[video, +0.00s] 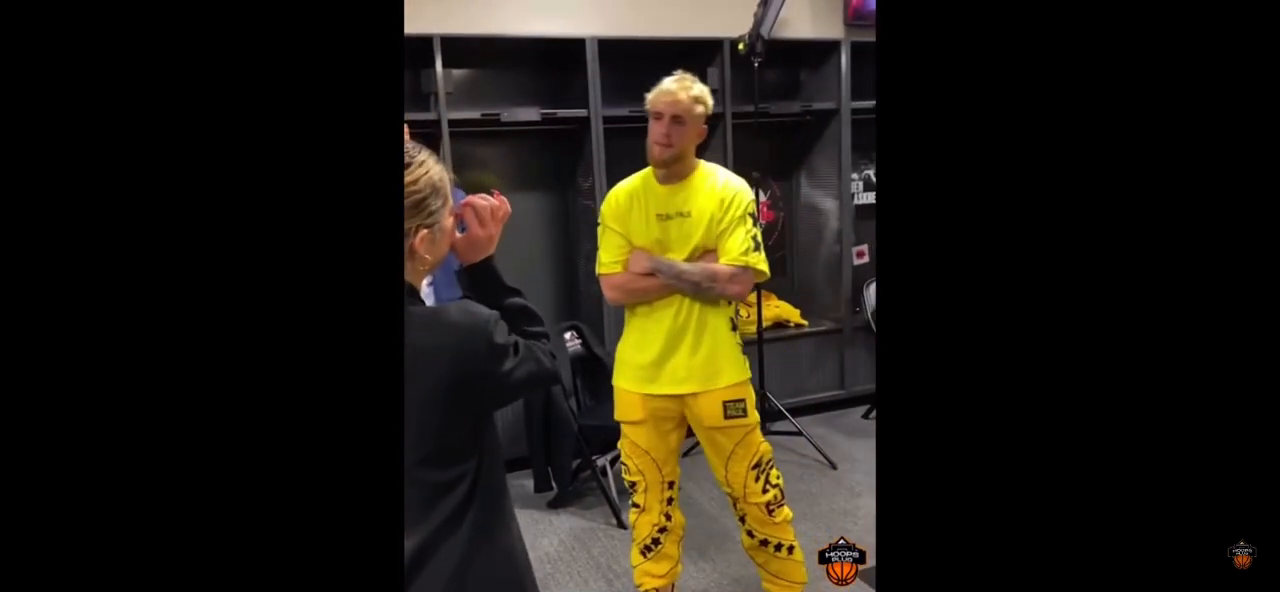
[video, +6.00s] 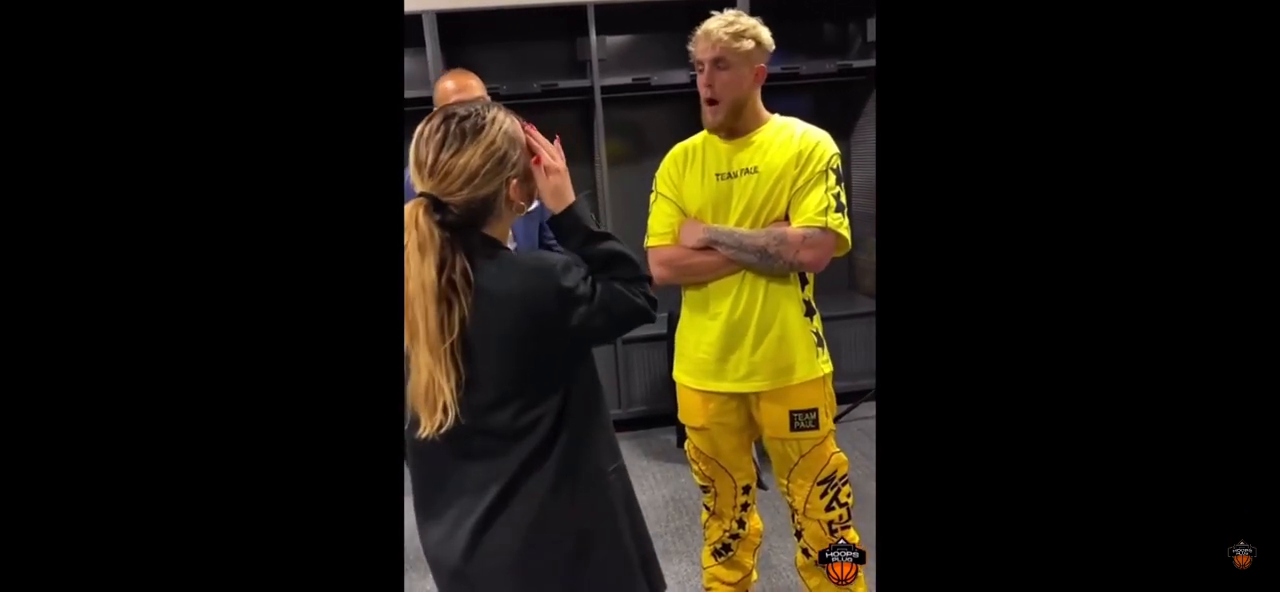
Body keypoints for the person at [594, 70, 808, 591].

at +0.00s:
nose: (662, 131)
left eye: (677, 121)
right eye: (656, 118)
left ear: (701, 130)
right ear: (647, 124)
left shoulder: (728, 191)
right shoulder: (621, 198)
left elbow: (737, 281)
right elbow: (614, 289)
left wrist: (654, 263)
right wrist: (701, 273)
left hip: (716, 371)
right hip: (641, 375)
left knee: (758, 498)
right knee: (649, 506)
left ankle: (787, 584)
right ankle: (653, 586)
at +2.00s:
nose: (682, 144)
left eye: (700, 133)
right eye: (678, 128)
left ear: (738, 143)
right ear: (670, 128)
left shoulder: (770, 220)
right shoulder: (642, 206)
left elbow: (759, 340)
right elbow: (616, 314)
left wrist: (661, 297)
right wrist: (714, 315)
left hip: (722, 418)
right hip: (642, 407)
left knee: (719, 550)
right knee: (623, 524)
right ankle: (644, 586)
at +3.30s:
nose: (713, 102)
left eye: (730, 87)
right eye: (706, 86)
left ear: (762, 96)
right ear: (696, 90)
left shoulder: (798, 169)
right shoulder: (670, 178)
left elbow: (799, 275)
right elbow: (651, 281)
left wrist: (693, 251)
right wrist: (753, 265)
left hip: (773, 381)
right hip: (689, 383)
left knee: (803, 529)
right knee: (710, 534)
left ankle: (813, 586)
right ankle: (714, 587)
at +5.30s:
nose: (718, 84)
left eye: (735, 70)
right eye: (711, 70)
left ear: (768, 79)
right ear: (703, 78)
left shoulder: (809, 150)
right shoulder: (683, 165)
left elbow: (811, 256)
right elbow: (666, 268)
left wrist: (703, 238)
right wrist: (763, 249)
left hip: (789, 367)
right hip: (703, 370)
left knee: (821, 516)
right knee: (724, 519)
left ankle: (838, 584)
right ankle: (730, 584)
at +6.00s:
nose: (704, 82)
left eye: (719, 67)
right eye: (699, 68)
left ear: (757, 74)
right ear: (695, 74)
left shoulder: (808, 146)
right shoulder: (679, 160)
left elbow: (814, 250)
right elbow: (662, 265)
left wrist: (705, 234)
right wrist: (764, 246)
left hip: (790, 365)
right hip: (703, 369)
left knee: (824, 519)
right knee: (723, 522)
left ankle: (837, 584)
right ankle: (726, 585)